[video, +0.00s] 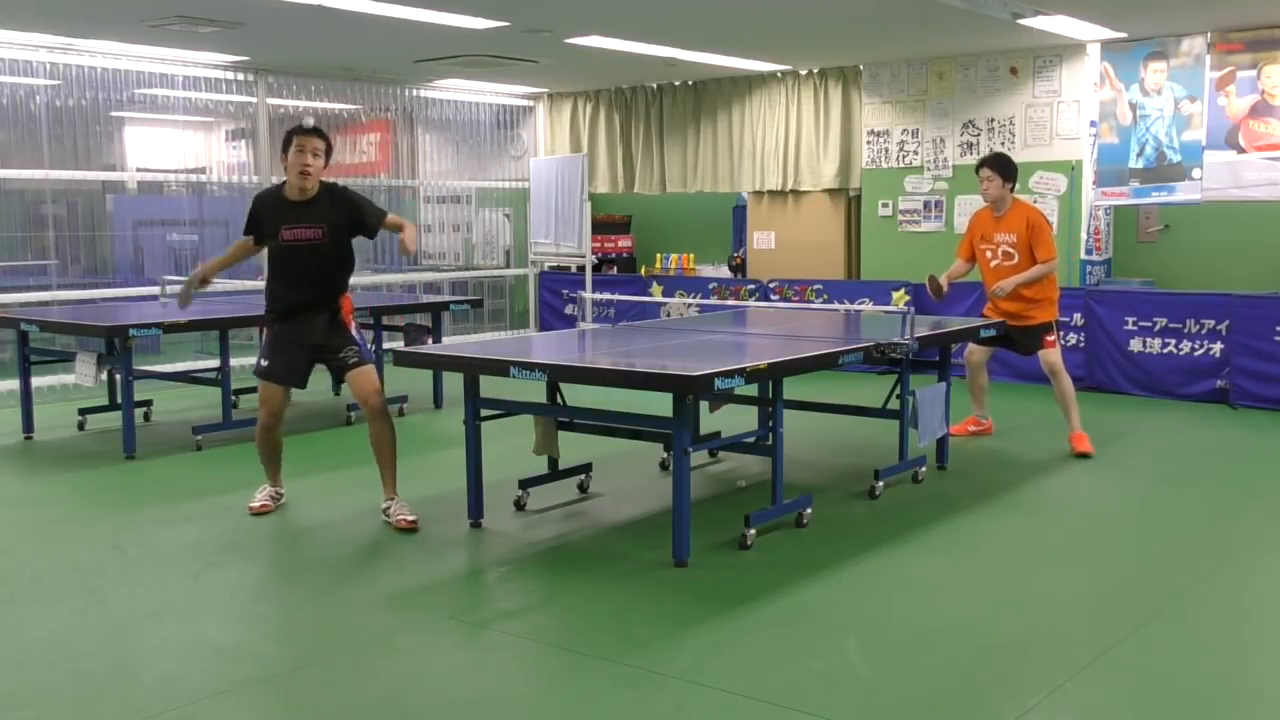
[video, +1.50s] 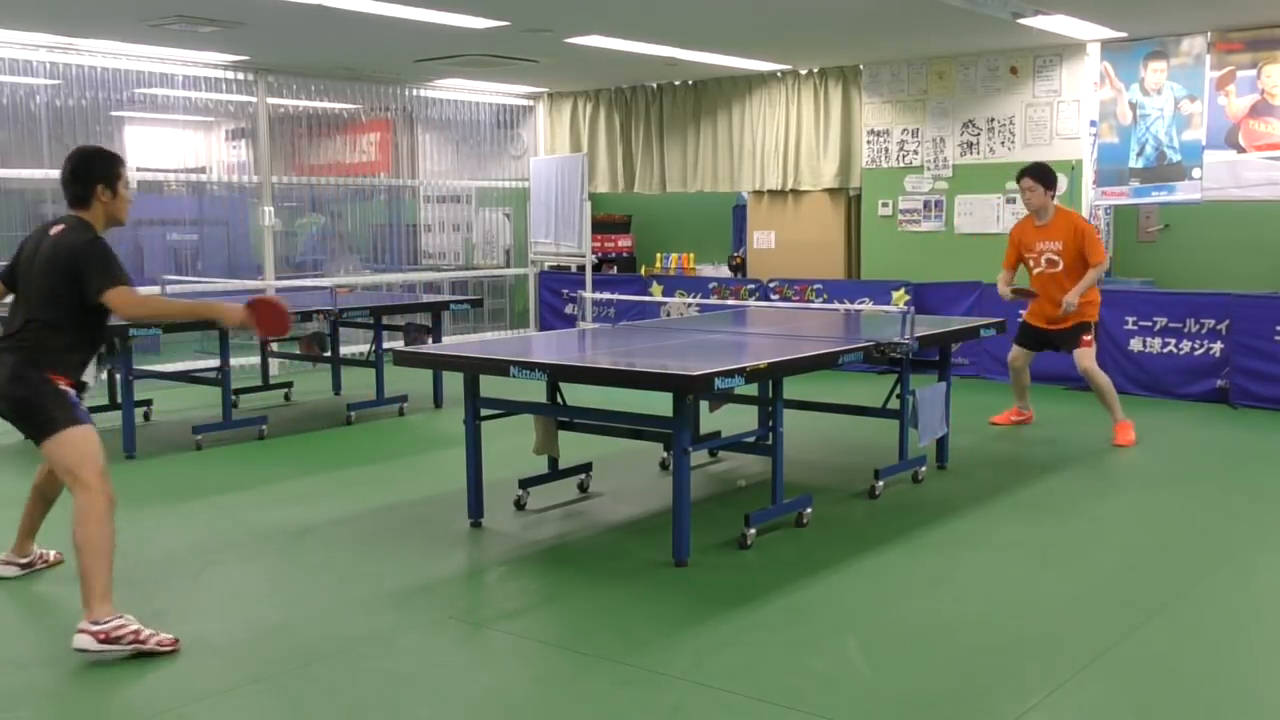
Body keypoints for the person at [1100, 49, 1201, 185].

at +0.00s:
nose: (1158, 77)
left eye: (1162, 72)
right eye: (1154, 71)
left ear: (1167, 73)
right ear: (1143, 72)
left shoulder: (1173, 89)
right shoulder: (1134, 91)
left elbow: (1198, 106)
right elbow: (1125, 121)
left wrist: (1191, 107)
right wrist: (1121, 95)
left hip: (1171, 162)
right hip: (1141, 164)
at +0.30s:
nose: (1158, 77)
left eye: (1162, 72)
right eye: (1154, 71)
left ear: (1167, 73)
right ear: (1143, 72)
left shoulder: (1173, 89)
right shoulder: (1135, 91)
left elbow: (1198, 105)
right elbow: (1125, 121)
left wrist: (1191, 107)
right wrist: (1121, 95)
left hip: (1171, 162)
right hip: (1141, 164)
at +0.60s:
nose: (1158, 76)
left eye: (1162, 71)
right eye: (1154, 71)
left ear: (1167, 72)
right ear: (1143, 72)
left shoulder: (1173, 89)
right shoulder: (1135, 90)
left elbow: (1198, 105)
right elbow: (1125, 120)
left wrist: (1191, 106)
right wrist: (1121, 95)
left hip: (1171, 161)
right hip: (1141, 163)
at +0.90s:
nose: (1158, 76)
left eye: (1162, 71)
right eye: (1154, 71)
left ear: (1167, 72)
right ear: (1143, 71)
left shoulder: (1173, 89)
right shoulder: (1134, 90)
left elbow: (1198, 105)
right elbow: (1125, 120)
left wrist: (1191, 107)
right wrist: (1121, 95)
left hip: (1171, 161)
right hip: (1141, 163)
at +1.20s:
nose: (1158, 76)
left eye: (1162, 71)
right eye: (1154, 71)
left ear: (1167, 72)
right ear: (1143, 71)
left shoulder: (1173, 89)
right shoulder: (1135, 90)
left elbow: (1199, 105)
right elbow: (1125, 120)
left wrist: (1191, 106)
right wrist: (1121, 95)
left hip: (1171, 161)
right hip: (1141, 163)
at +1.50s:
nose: (1158, 77)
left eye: (1162, 71)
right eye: (1154, 71)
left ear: (1167, 73)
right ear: (1143, 72)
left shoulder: (1173, 89)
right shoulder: (1135, 90)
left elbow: (1198, 105)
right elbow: (1125, 120)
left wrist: (1191, 106)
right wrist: (1121, 94)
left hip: (1171, 161)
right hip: (1141, 163)